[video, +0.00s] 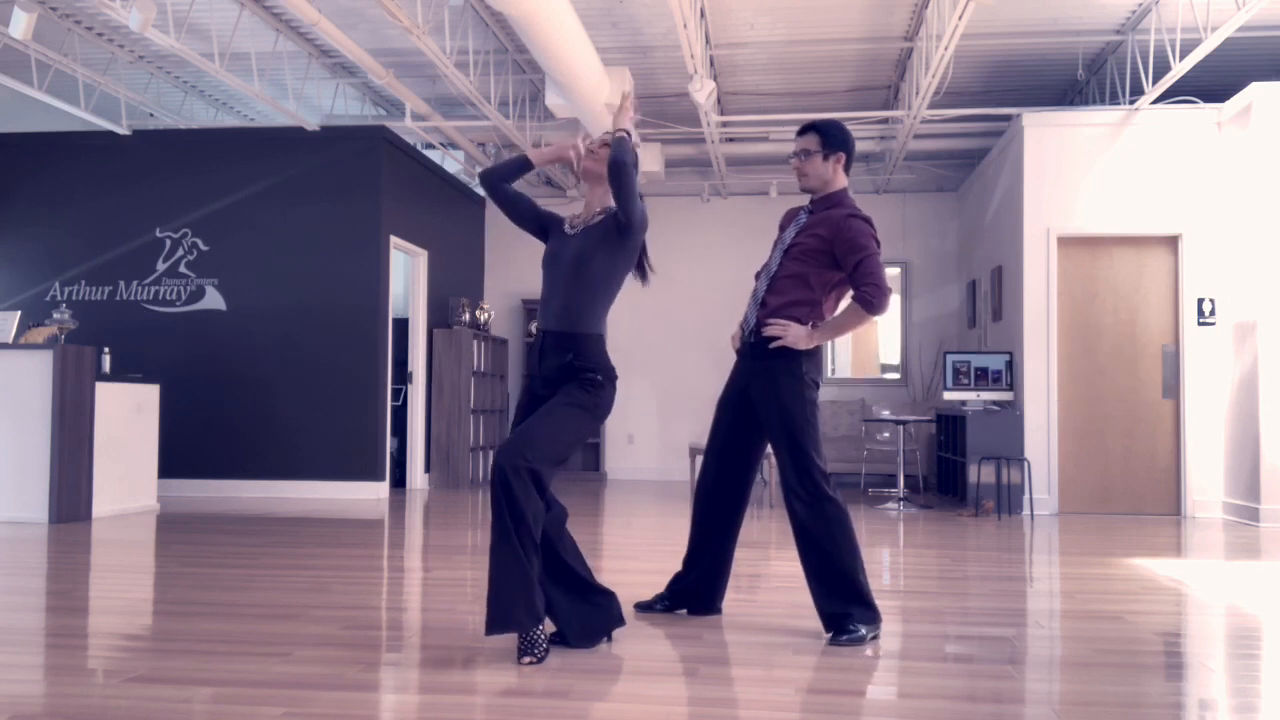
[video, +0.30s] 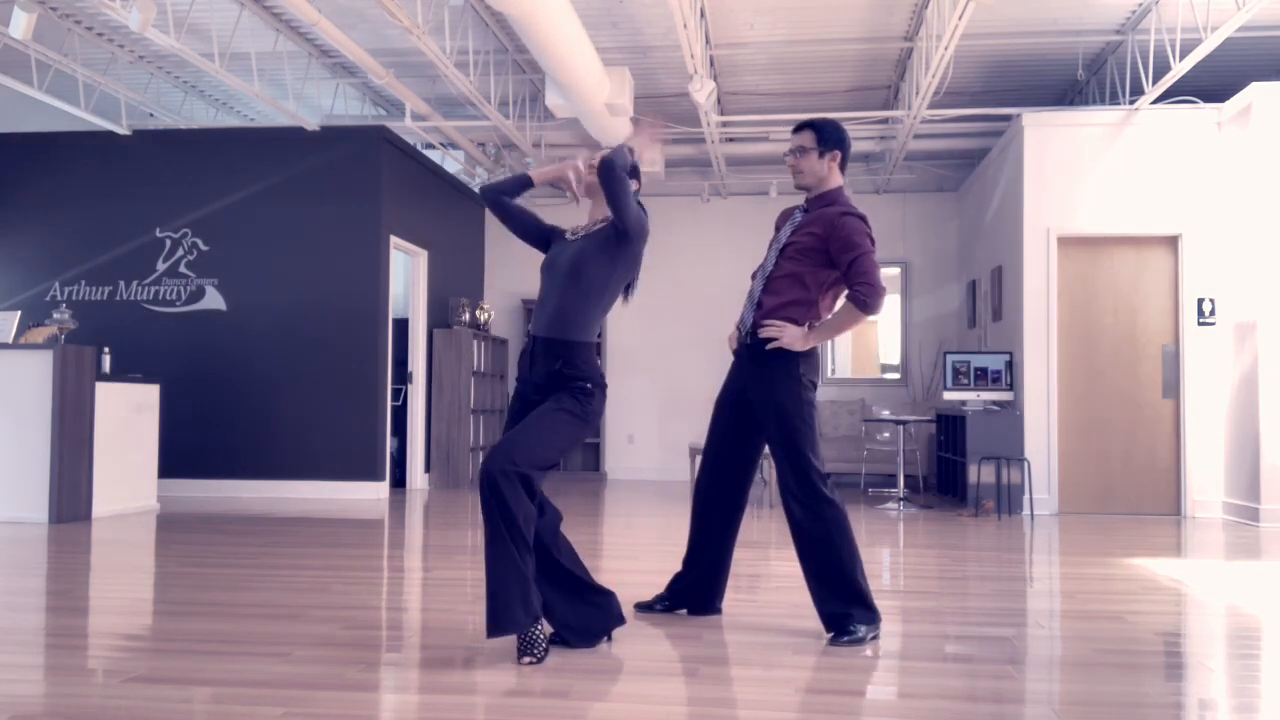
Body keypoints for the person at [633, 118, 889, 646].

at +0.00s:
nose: (795, 164)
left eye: (805, 156)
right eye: (794, 156)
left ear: (837, 162)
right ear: (806, 164)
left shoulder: (848, 221)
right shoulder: (798, 217)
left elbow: (874, 298)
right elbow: (780, 280)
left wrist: (817, 334)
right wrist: (747, 325)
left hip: (787, 364)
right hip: (751, 359)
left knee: (807, 487)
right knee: (721, 479)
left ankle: (855, 616)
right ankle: (697, 591)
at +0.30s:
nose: (790, 161)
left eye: (800, 153)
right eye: (790, 153)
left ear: (833, 160)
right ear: (807, 162)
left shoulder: (843, 219)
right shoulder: (795, 216)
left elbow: (868, 297)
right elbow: (780, 281)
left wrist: (812, 335)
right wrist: (745, 325)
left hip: (783, 364)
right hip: (748, 360)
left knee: (805, 487)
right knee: (719, 479)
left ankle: (855, 616)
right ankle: (697, 591)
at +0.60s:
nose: (789, 168)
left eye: (798, 159)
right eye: (788, 160)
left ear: (830, 164)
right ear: (808, 166)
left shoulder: (854, 222)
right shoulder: (792, 223)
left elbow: (888, 299)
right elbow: (758, 285)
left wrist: (832, 350)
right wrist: (743, 327)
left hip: (802, 372)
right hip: (759, 368)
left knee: (799, 500)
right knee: (725, 485)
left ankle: (854, 617)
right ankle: (696, 591)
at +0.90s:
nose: (793, 163)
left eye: (804, 154)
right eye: (792, 155)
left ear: (837, 159)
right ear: (807, 163)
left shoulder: (865, 218)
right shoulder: (791, 224)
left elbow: (906, 294)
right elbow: (740, 276)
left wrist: (848, 347)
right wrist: (690, 319)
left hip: (811, 370)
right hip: (764, 364)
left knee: (808, 493)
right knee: (706, 473)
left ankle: (857, 617)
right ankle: (699, 584)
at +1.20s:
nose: (792, 146)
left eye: (804, 139)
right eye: (784, 138)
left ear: (820, 150)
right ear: (771, 146)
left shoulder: (825, 208)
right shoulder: (744, 201)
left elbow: (876, 278)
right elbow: (670, 229)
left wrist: (813, 316)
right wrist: (597, 248)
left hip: (778, 359)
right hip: (727, 357)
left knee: (807, 483)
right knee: (695, 482)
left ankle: (853, 613)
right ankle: (690, 604)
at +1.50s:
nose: (772, 162)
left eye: (783, 154)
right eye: (763, 152)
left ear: (798, 161)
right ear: (749, 157)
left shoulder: (808, 227)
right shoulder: (720, 206)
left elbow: (844, 309)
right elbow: (651, 226)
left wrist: (781, 351)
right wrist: (595, 211)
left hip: (740, 365)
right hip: (689, 353)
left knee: (718, 477)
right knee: (667, 479)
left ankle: (724, 580)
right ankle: (682, 599)